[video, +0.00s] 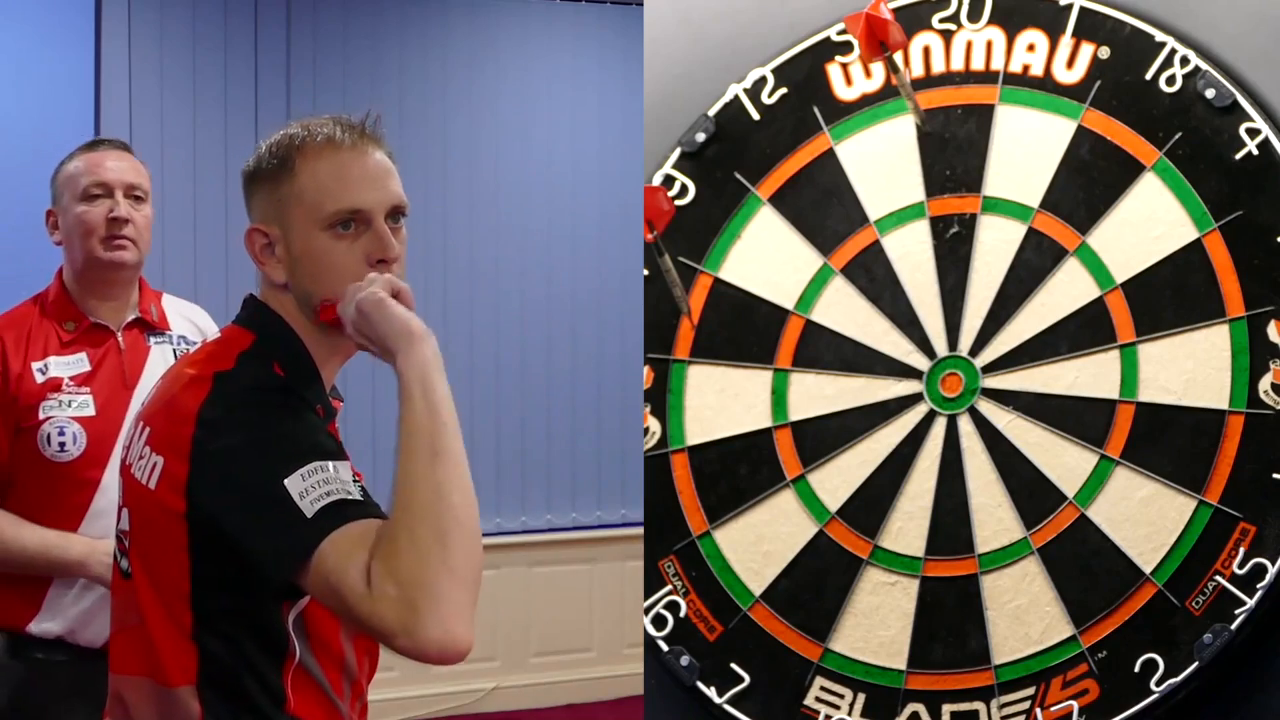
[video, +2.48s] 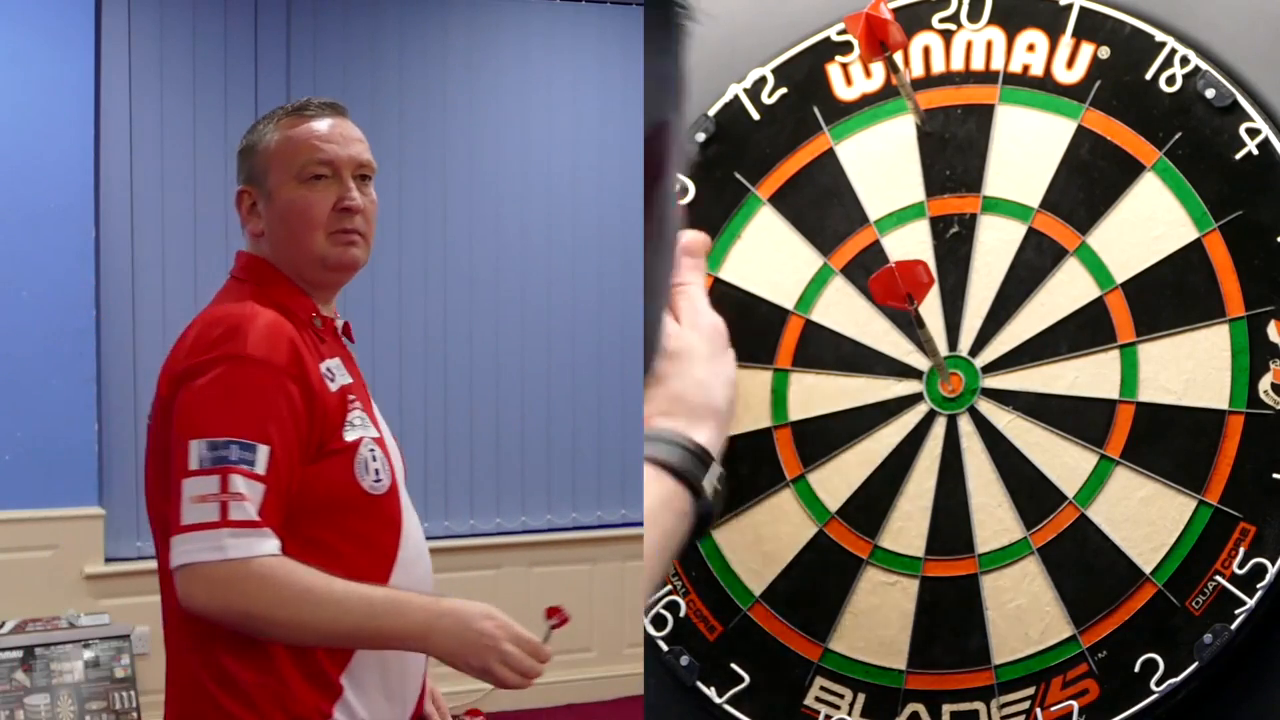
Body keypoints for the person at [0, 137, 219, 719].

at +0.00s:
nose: (120, 210)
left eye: (135, 197)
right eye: (96, 196)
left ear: (152, 221)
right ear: (55, 225)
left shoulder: (197, 331)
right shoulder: (11, 342)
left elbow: (242, 474)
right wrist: (91, 555)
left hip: (177, 652)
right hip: (43, 660)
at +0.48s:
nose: (142, 209)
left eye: (156, 196)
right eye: (118, 195)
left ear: (174, 220)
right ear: (76, 225)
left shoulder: (218, 332)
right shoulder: (20, 344)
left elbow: (266, 472)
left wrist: (208, 560)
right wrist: (122, 563)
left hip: (204, 663)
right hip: (70, 666)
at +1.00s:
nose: (127, 218)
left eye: (143, 202)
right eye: (100, 201)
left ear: (159, 224)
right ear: (55, 230)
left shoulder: (214, 347)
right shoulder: (8, 355)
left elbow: (247, 489)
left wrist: (239, 573)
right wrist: (89, 597)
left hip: (182, 693)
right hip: (45, 693)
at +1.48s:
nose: (175, 268)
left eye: (193, 245)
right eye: (151, 242)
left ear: (207, 241)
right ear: (90, 232)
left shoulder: (223, 351)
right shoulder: (17, 364)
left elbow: (235, 507)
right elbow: (2, 566)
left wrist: (258, 617)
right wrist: (108, 618)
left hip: (205, 699)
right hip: (56, 703)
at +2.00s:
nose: (305, 239)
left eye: (319, 214)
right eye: (276, 213)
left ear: (331, 221)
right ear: (209, 224)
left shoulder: (309, 346)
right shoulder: (140, 362)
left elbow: (316, 532)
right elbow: (75, 572)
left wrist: (362, 652)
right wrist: (263, 630)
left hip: (311, 704)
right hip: (184, 708)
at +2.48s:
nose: (352, 198)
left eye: (363, 178)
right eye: (319, 177)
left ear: (376, 196)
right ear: (253, 212)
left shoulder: (318, 334)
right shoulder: (247, 339)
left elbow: (327, 547)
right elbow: (217, 573)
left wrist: (406, 675)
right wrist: (434, 622)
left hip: (367, 702)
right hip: (284, 704)